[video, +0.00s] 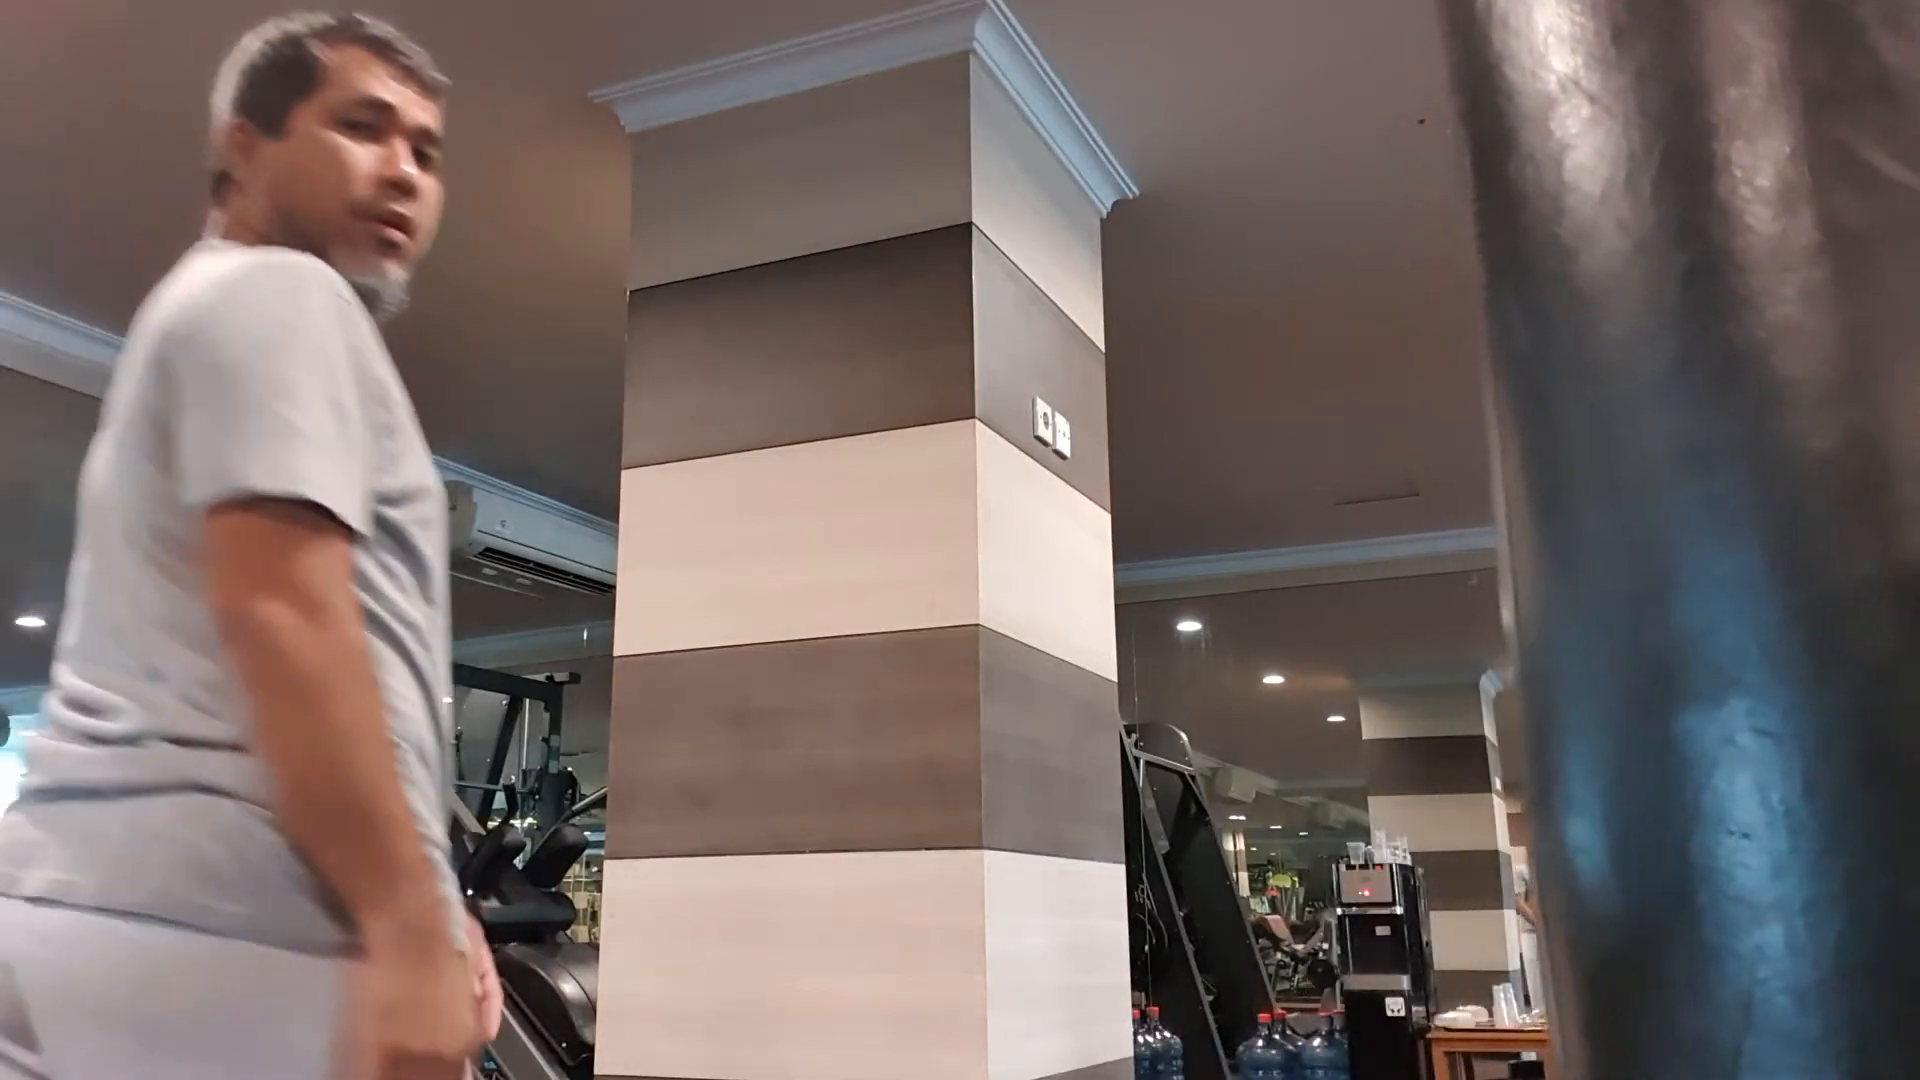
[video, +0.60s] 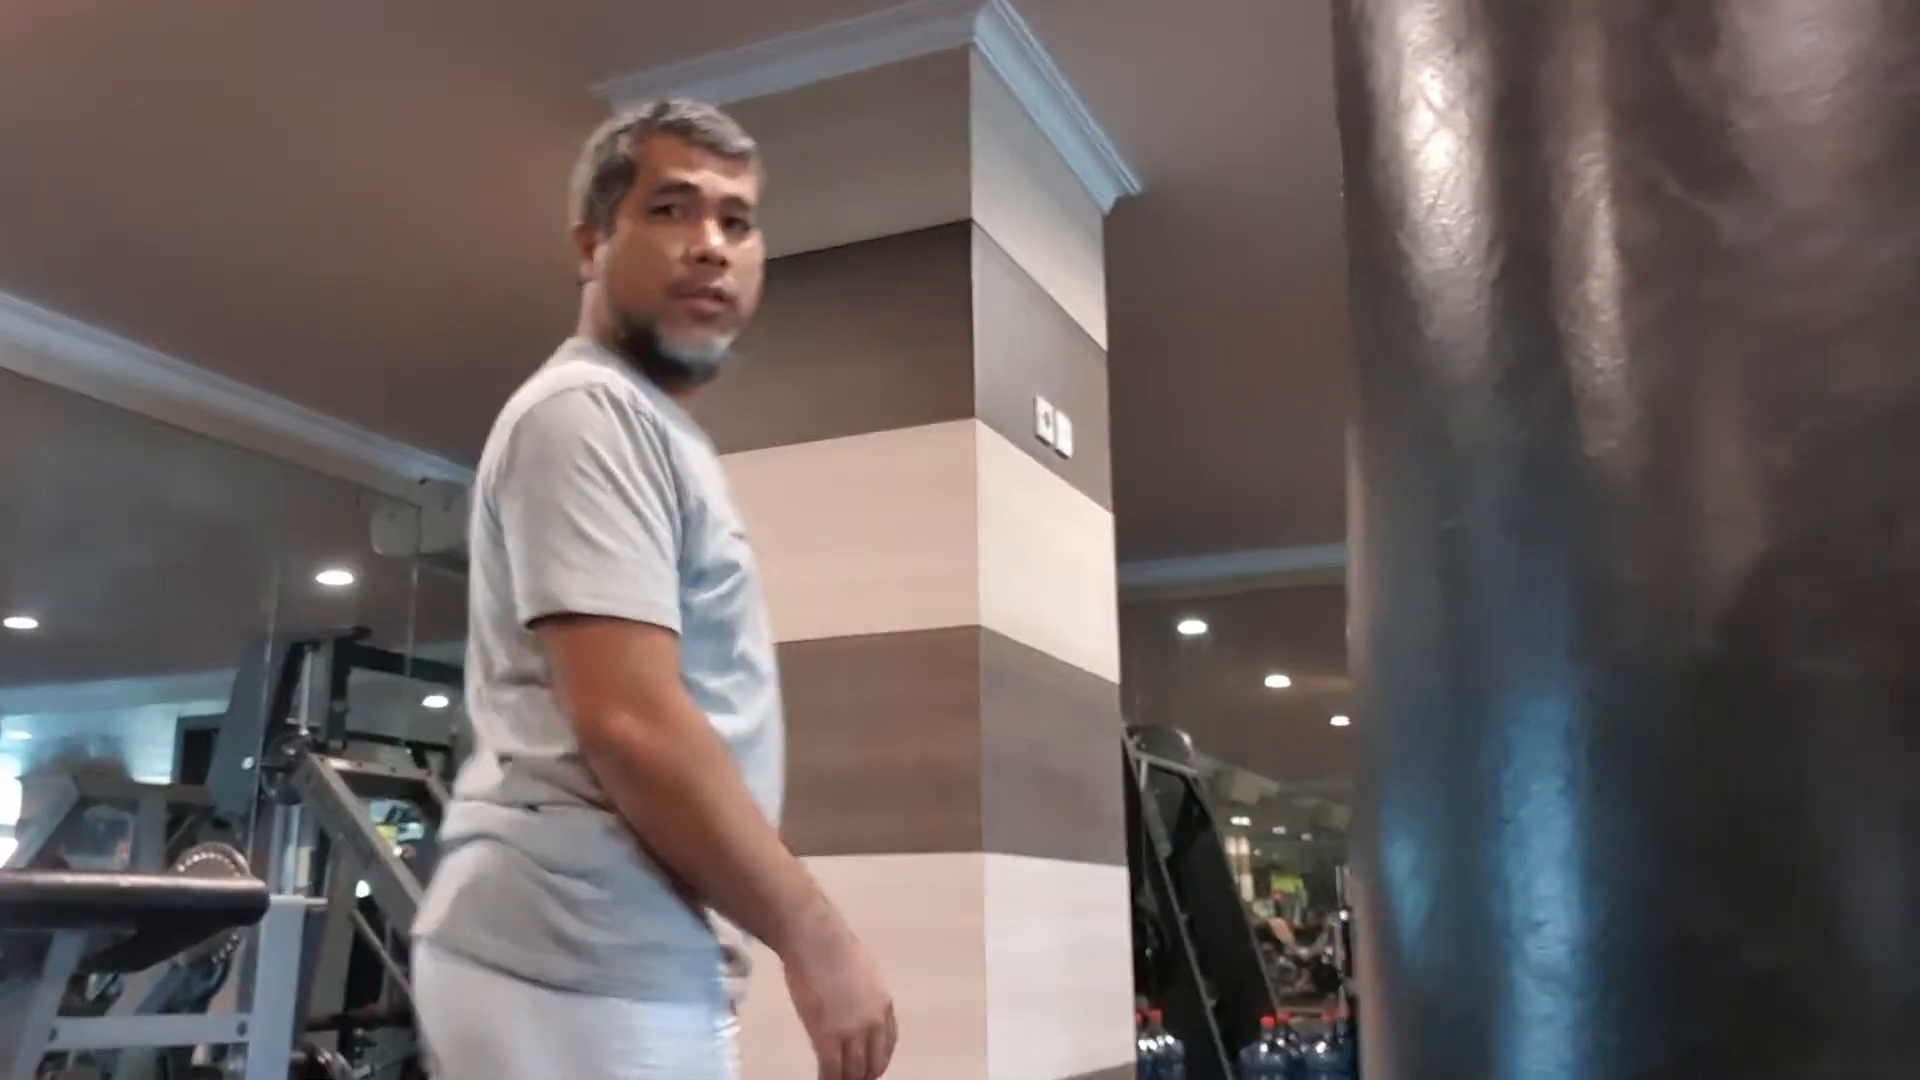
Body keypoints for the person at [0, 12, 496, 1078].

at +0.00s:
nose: (409, 172)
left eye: (427, 151)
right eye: (365, 126)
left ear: (437, 188)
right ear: (242, 144)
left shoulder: (213, 304)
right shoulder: (274, 296)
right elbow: (281, 610)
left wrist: (430, 904)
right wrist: (405, 922)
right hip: (219, 944)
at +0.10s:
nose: (466, 200)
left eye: (483, 178)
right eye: (423, 156)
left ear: (500, 212)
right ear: (306, 177)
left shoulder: (255, 341)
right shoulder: (352, 337)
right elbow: (376, 659)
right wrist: (485, 962)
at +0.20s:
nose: (537, 215)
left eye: (555, 189)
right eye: (495, 173)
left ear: (573, 217)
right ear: (383, 197)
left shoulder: (327, 368)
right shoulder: (433, 372)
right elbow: (475, 703)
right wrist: (583, 1000)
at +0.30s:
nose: (608, 230)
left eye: (625, 202)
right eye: (566, 188)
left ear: (644, 225)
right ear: (458, 208)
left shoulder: (397, 380)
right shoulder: (501, 390)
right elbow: (558, 719)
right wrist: (677, 991)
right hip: (420, 963)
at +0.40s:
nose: (657, 249)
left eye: (674, 223)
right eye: (615, 210)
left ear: (695, 250)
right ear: (518, 238)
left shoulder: (464, 404)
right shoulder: (554, 413)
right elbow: (620, 742)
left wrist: (632, 885)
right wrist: (768, 986)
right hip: (509, 978)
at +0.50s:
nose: (690, 258)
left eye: (710, 230)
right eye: (648, 219)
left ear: (729, 260)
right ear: (560, 249)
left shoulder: (534, 410)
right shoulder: (578, 419)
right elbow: (645, 742)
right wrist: (815, 956)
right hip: (561, 982)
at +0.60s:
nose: (711, 248)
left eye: (736, 221)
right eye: (671, 211)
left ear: (760, 254)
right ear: (593, 242)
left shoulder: (647, 426)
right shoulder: (582, 414)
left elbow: (640, 717)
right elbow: (628, 722)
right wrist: (816, 940)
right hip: (573, 959)